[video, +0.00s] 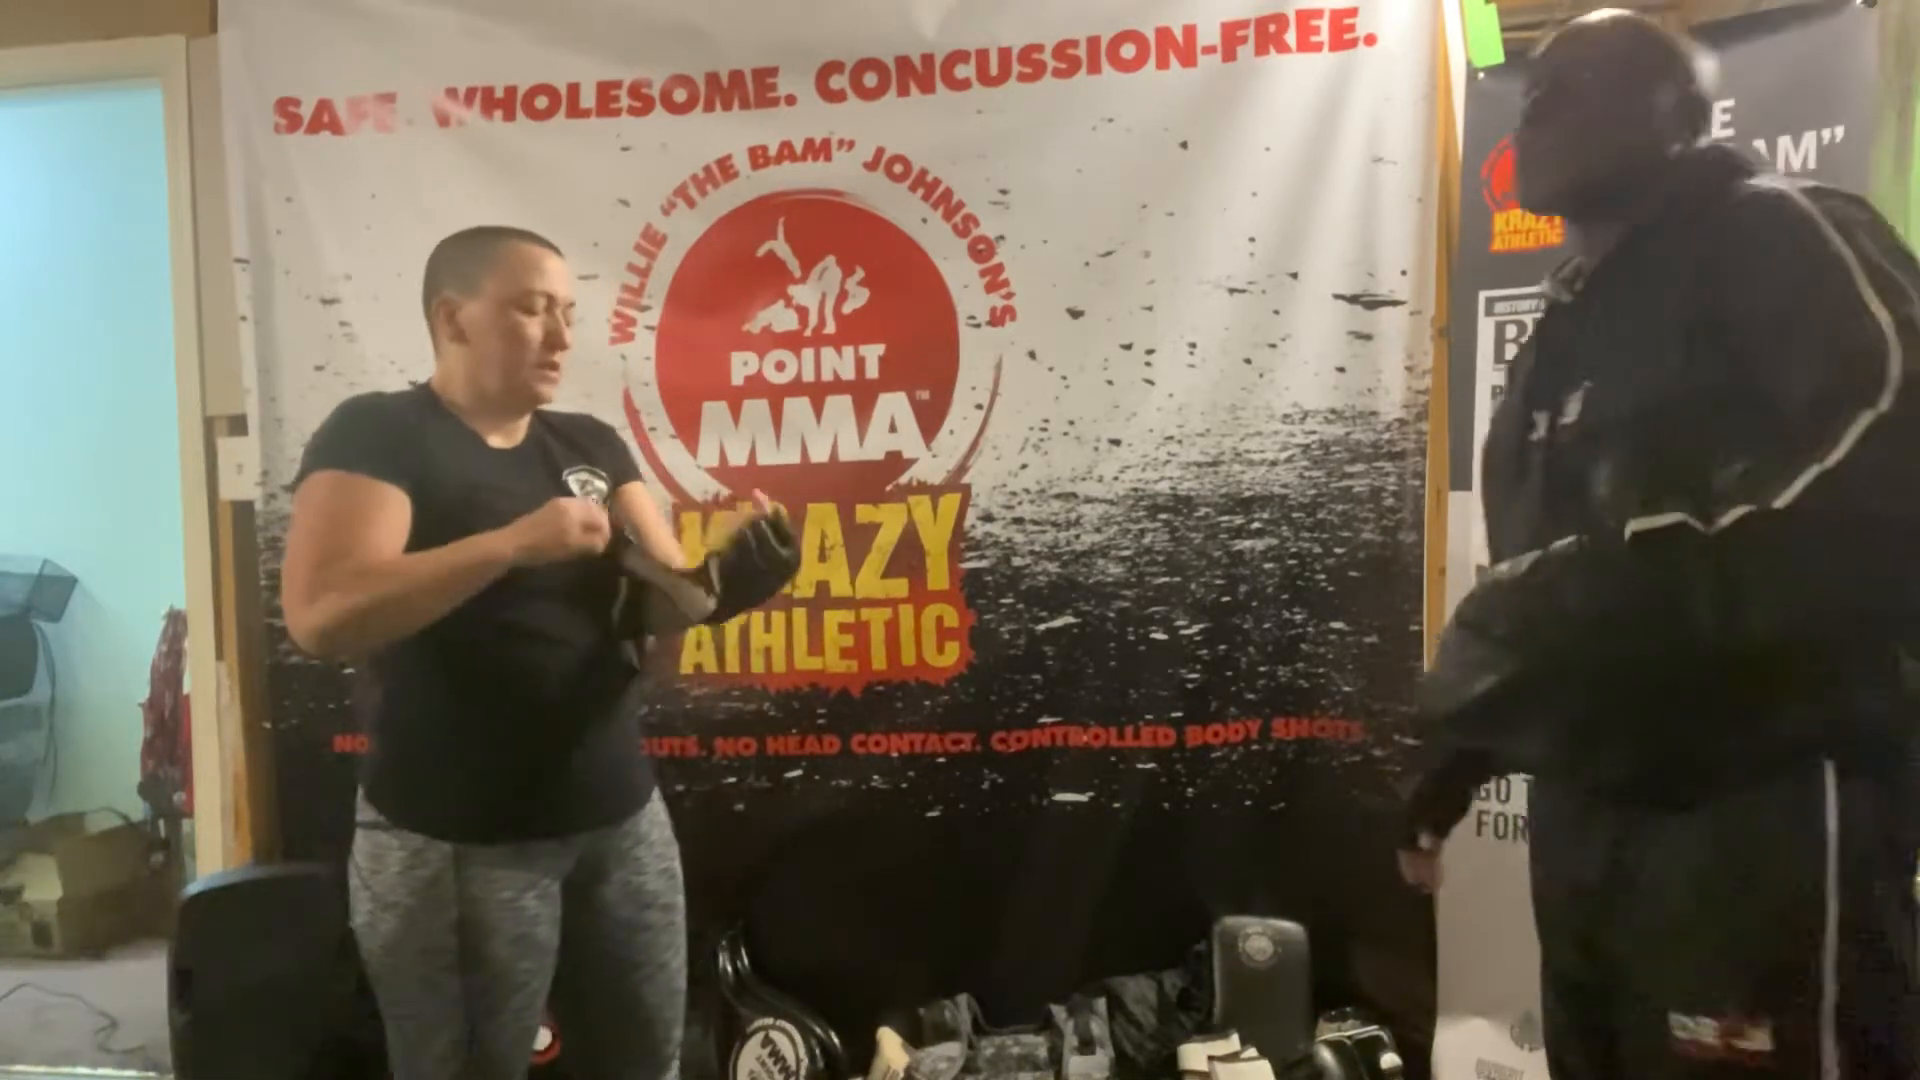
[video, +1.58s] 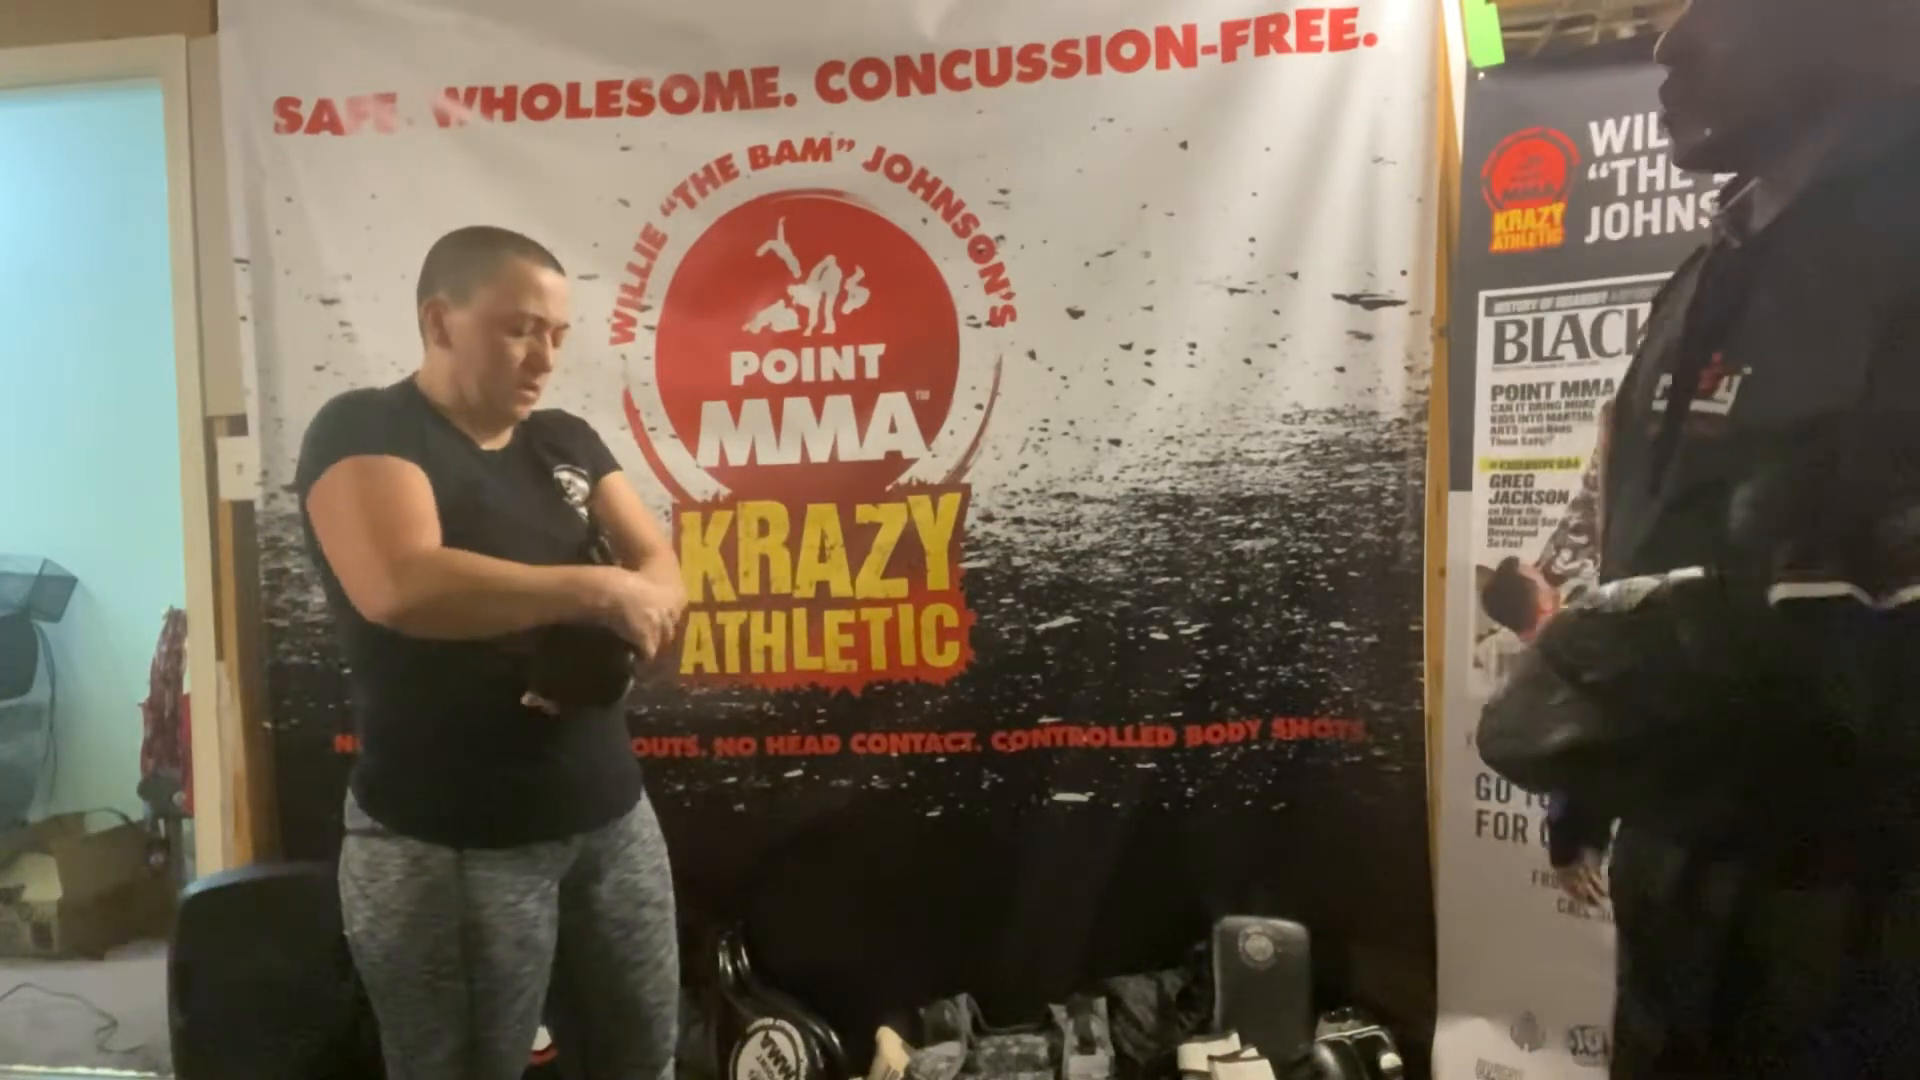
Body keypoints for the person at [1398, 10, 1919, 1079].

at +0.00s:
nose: (1523, 121)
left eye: (1554, 93)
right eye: (1529, 99)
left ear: (1657, 108)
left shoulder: (1787, 235)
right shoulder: (1560, 329)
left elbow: (1882, 501)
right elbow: (1526, 583)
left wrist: (1552, 612)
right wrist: (1451, 767)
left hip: (1777, 806)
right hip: (1601, 813)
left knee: (1798, 1054)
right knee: (1599, 1052)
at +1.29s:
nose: (1643, 40)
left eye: (1681, 9)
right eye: (1645, 19)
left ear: (1822, 24)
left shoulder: (1892, 196)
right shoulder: (1643, 305)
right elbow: (1615, 591)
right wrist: (1516, 753)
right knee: (1590, 1057)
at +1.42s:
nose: (1652, 40)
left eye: (1698, 7)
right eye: (1663, 16)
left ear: (1837, 25)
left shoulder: (1897, 215)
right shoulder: (1671, 290)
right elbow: (1623, 557)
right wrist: (1565, 775)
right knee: (1606, 1059)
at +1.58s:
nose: (1661, 38)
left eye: (1705, 8)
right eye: (1666, 17)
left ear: (1841, 24)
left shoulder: (1893, 226)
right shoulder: (1696, 281)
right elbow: (1626, 555)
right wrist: (1583, 794)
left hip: (1859, 860)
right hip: (1687, 851)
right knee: (1668, 1053)